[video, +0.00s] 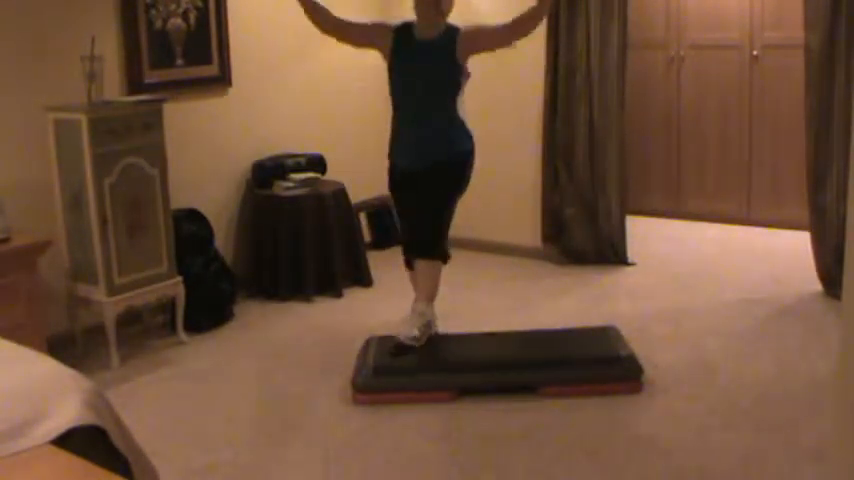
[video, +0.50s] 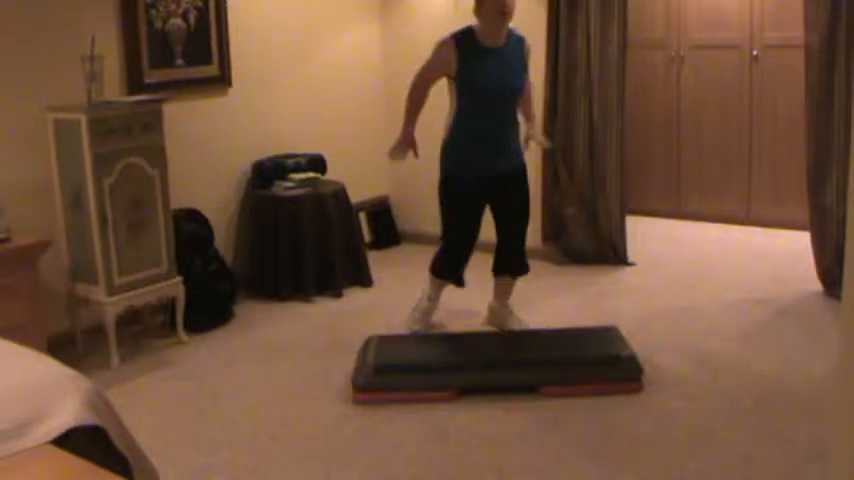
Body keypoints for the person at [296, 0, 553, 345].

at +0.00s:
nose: (434, 6)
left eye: (440, 1)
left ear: (449, 5)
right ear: (416, 3)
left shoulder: (461, 40)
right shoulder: (390, 37)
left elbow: (512, 31)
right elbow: (332, 25)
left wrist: (546, 5)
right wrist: (304, 0)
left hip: (450, 148)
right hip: (405, 150)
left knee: (430, 227)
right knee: (412, 233)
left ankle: (421, 315)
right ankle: (424, 312)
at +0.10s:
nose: (438, 12)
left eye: (441, 5)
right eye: (433, 6)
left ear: (450, 11)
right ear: (420, 11)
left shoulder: (464, 47)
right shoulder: (396, 47)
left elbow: (522, 45)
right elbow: (341, 50)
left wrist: (544, 22)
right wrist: (326, 26)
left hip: (455, 153)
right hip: (410, 155)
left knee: (443, 219)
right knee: (414, 232)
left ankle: (436, 304)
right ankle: (422, 305)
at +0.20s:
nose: (454, 5)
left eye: (457, 0)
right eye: (447, 0)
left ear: (462, 4)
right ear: (430, 3)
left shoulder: (474, 37)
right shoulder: (408, 37)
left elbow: (519, 52)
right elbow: (364, 54)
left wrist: (553, 54)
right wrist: (337, 65)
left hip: (465, 144)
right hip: (419, 146)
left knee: (469, 219)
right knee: (421, 228)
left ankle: (465, 296)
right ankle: (419, 305)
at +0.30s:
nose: (470, 5)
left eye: (474, 1)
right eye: (463, 0)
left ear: (478, 3)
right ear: (446, 1)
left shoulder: (490, 35)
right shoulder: (421, 33)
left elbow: (520, 64)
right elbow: (372, 63)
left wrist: (541, 98)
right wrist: (356, 104)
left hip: (475, 141)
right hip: (429, 143)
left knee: (490, 222)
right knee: (425, 226)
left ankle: (492, 295)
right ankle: (419, 305)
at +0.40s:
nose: (492, 8)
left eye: (494, 3)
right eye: (484, 2)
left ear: (496, 8)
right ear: (463, 5)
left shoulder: (501, 41)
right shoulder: (437, 41)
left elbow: (512, 81)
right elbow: (399, 75)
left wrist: (523, 119)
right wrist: (387, 125)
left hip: (489, 151)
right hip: (444, 152)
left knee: (506, 228)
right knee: (437, 232)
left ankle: (502, 303)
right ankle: (420, 306)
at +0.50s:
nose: (506, 8)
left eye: (509, 3)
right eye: (497, 2)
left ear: (514, 8)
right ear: (479, 8)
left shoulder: (518, 45)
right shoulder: (454, 47)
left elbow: (522, 87)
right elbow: (421, 83)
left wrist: (531, 122)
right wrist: (407, 131)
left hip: (507, 158)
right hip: (463, 159)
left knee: (513, 237)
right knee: (458, 241)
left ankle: (500, 307)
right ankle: (428, 305)